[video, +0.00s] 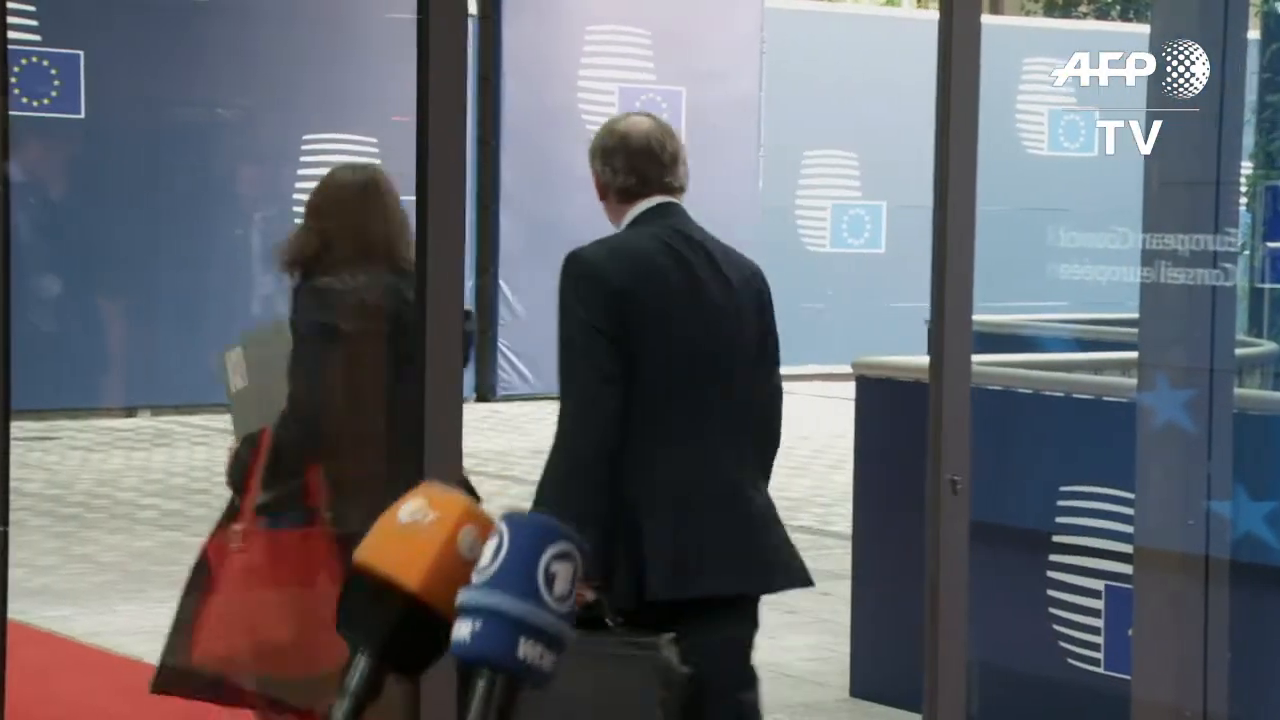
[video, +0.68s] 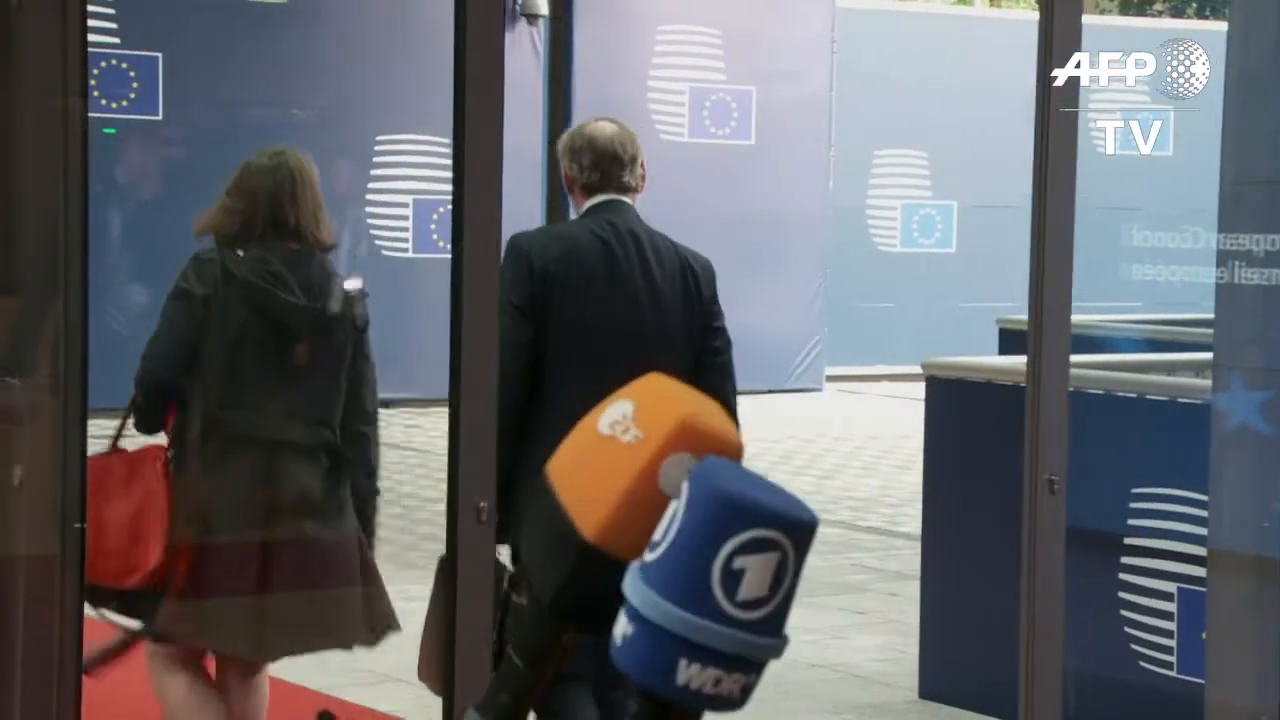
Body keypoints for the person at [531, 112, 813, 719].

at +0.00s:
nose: (595, 190)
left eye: (595, 180)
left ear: (602, 186)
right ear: (680, 177)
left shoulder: (596, 268)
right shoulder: (743, 274)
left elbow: (588, 420)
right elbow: (764, 413)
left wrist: (570, 550)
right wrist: (737, 508)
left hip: (626, 547)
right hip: (727, 540)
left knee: (624, 702)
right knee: (727, 702)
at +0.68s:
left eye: (565, 173)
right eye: (645, 168)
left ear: (570, 180)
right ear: (641, 177)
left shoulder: (533, 255)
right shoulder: (691, 269)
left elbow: (505, 388)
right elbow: (718, 399)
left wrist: (488, 501)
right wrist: (714, 507)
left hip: (556, 505)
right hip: (657, 504)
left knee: (561, 670)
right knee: (641, 670)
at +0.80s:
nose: (559, 165)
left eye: (559, 157)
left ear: (564, 165)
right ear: (633, 165)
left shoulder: (524, 240)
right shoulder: (682, 255)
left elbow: (496, 376)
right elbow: (701, 383)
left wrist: (483, 494)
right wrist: (690, 491)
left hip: (542, 485)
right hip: (643, 488)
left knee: (527, 661)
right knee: (629, 661)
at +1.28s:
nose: (567, 174)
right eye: (566, 166)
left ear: (498, 178)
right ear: (560, 173)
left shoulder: (468, 249)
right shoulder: (610, 253)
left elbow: (445, 367)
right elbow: (636, 371)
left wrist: (439, 473)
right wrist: (624, 465)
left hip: (489, 469)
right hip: (580, 469)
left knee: (477, 618)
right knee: (562, 605)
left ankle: (479, 716)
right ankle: (592, 708)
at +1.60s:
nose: (549, 181)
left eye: (543, 173)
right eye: (548, 174)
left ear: (483, 180)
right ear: (542, 181)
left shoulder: (445, 249)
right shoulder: (585, 259)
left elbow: (416, 354)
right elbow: (612, 367)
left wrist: (402, 453)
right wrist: (617, 460)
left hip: (467, 458)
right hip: (551, 462)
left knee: (484, 600)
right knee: (522, 591)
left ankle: (502, 710)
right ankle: (498, 704)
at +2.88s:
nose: (509, 202)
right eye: (511, 194)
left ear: (461, 195)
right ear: (508, 197)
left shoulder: (425, 245)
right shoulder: (533, 256)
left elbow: (396, 333)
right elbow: (550, 346)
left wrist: (390, 413)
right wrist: (554, 419)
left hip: (433, 414)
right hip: (501, 417)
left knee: (437, 525)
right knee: (487, 523)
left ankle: (439, 641)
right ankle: (471, 631)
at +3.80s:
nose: (550, 191)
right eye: (550, 185)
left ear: (503, 186)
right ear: (546, 187)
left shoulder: (466, 232)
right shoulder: (565, 236)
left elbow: (447, 310)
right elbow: (583, 315)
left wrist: (445, 373)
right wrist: (584, 379)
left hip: (481, 380)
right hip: (542, 381)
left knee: (483, 483)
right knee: (543, 474)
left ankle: (486, 595)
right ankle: (539, 577)